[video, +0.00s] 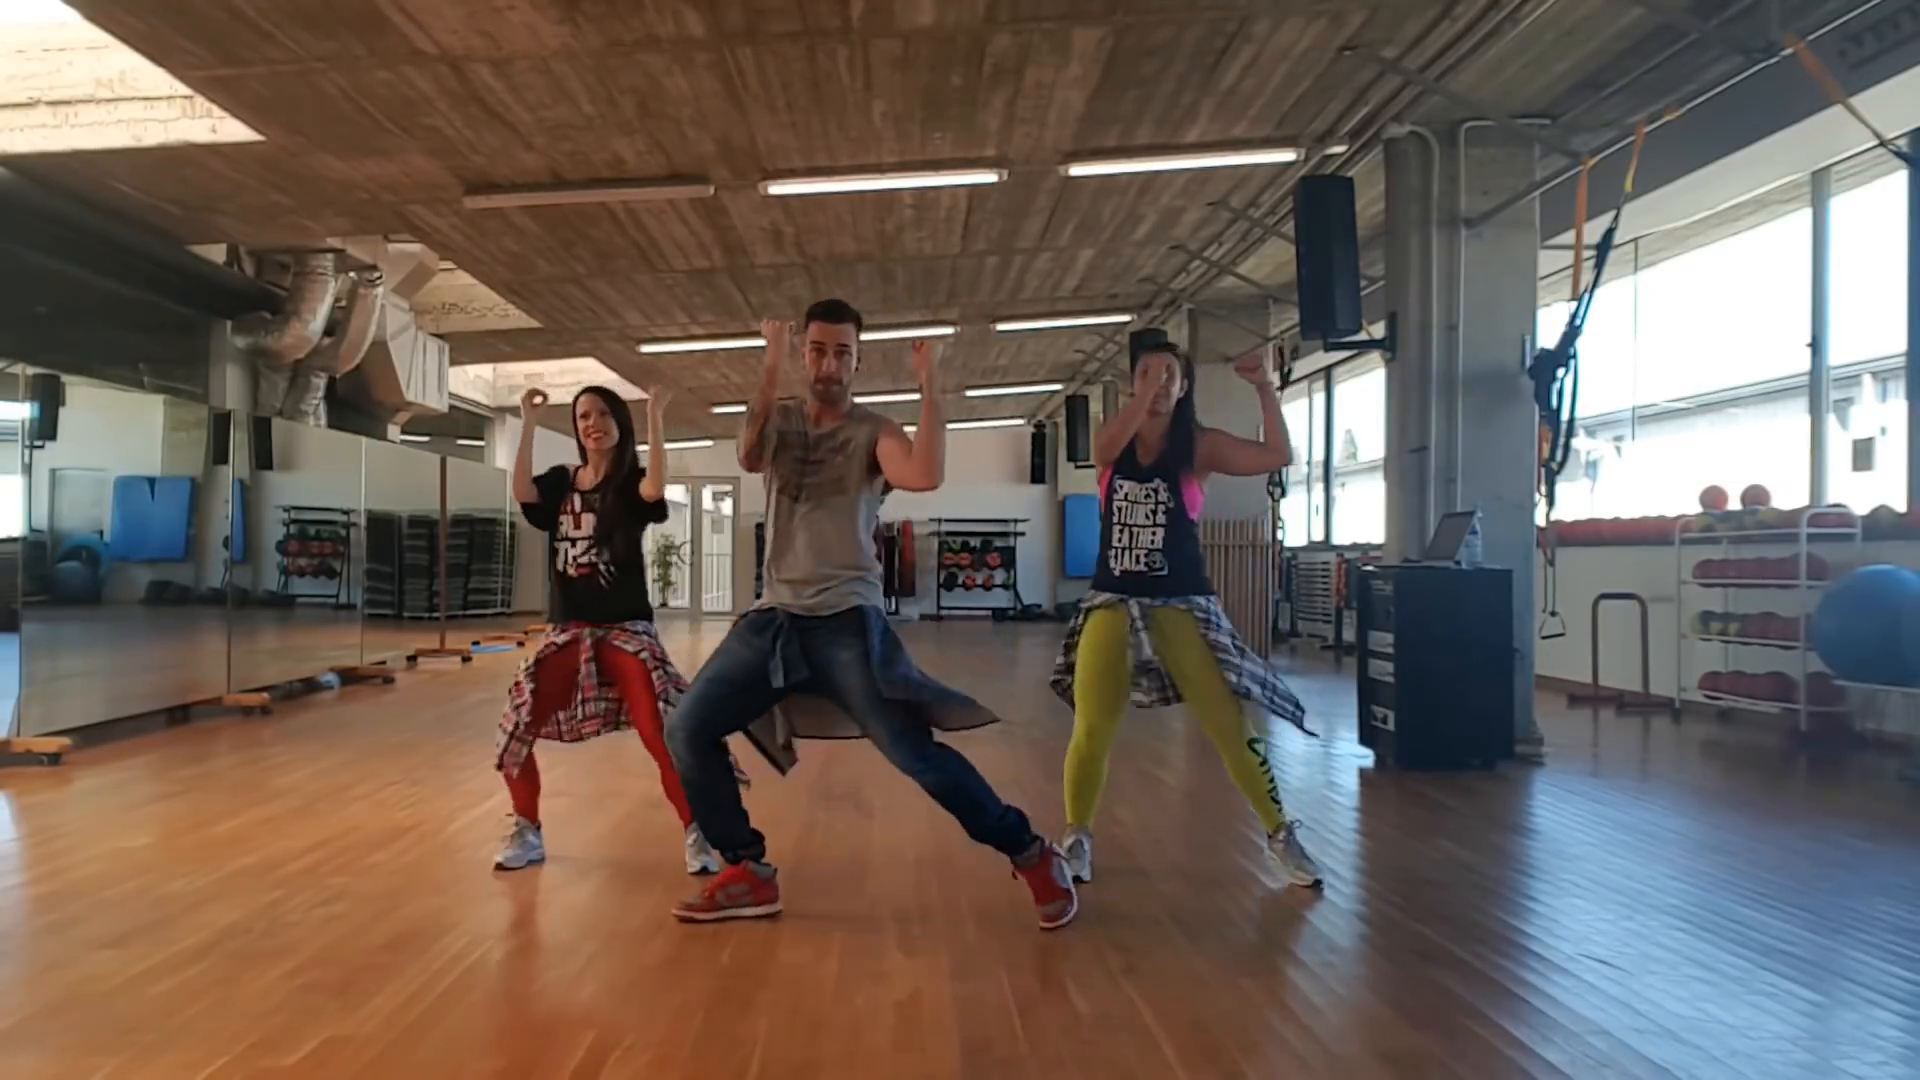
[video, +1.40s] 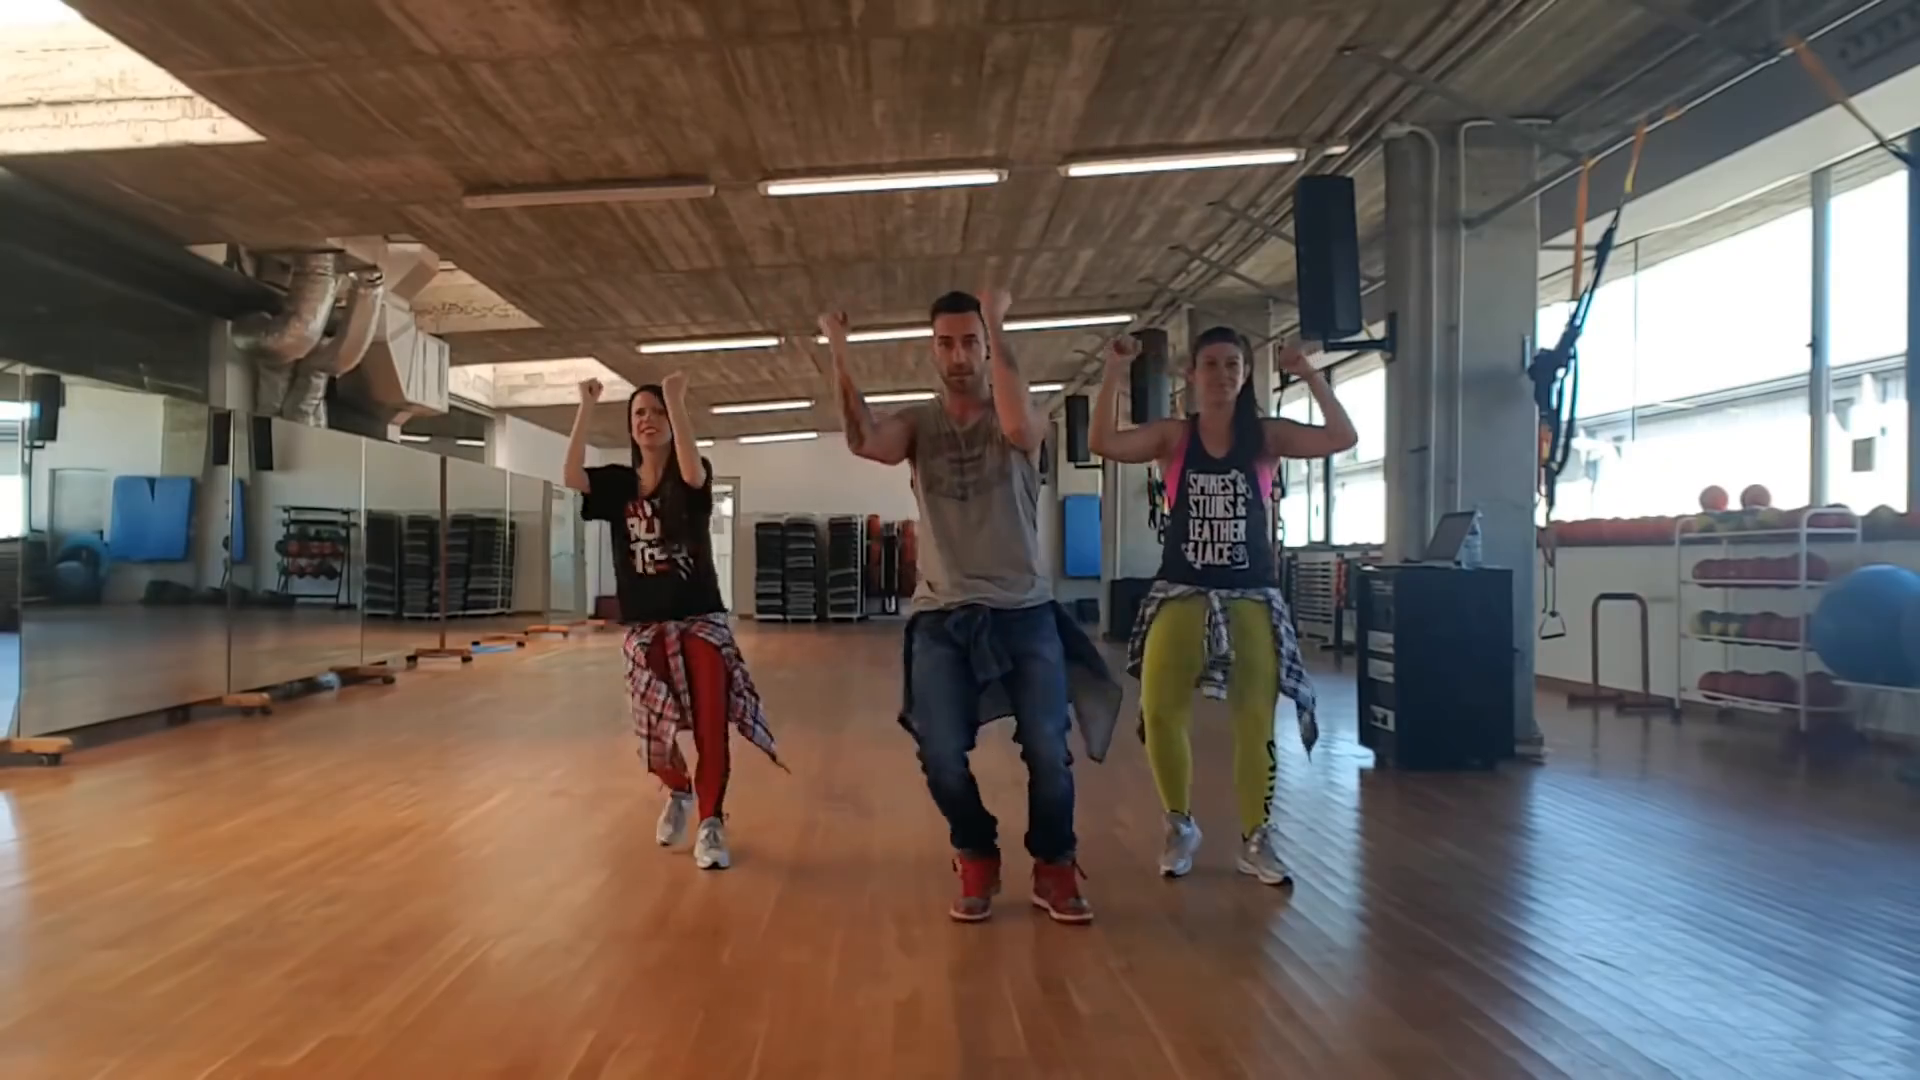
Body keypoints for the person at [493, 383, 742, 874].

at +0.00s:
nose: (592, 423)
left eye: (600, 415)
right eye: (584, 417)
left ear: (620, 423)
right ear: (574, 428)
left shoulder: (631, 481)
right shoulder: (563, 480)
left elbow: (654, 491)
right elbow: (521, 491)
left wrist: (653, 417)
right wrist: (529, 425)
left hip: (626, 628)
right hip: (569, 629)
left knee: (656, 729)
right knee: (516, 720)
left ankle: (696, 831)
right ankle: (527, 832)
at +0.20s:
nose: (565, 404)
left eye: (575, 397)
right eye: (558, 397)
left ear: (594, 409)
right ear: (547, 410)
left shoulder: (603, 463)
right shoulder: (532, 458)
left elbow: (636, 468)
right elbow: (489, 461)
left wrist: (630, 398)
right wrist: (509, 393)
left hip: (591, 606)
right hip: (532, 606)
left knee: (623, 708)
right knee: (503, 725)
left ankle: (661, 818)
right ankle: (525, 829)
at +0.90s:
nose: (607, 420)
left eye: (615, 412)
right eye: (597, 413)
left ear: (631, 422)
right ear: (585, 425)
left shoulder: (645, 479)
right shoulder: (569, 480)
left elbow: (666, 465)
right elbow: (525, 476)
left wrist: (647, 402)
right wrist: (544, 405)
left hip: (651, 626)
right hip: (595, 631)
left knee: (703, 722)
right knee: (559, 732)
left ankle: (681, 837)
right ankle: (490, 817)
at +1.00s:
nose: (623, 416)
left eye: (631, 409)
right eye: (613, 411)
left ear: (648, 420)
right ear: (604, 425)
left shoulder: (664, 473)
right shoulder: (591, 477)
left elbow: (688, 459)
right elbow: (546, 470)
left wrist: (662, 396)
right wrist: (563, 402)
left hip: (678, 618)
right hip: (621, 624)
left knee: (716, 725)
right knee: (591, 733)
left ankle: (682, 831)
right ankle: (515, 806)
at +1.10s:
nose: (633, 402)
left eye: (642, 395)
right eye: (624, 397)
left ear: (660, 407)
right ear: (615, 412)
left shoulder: (679, 460)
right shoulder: (603, 468)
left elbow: (705, 442)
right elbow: (547, 449)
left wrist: (677, 388)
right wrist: (567, 385)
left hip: (692, 607)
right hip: (634, 610)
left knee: (712, 721)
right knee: (611, 714)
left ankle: (683, 828)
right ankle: (593, 788)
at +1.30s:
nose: (651, 415)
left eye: (659, 407)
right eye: (642, 408)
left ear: (673, 416)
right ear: (631, 421)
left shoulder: (692, 470)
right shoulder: (616, 479)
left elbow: (699, 477)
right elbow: (570, 474)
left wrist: (679, 403)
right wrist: (580, 404)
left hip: (703, 609)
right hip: (647, 614)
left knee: (713, 712)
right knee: (664, 709)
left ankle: (711, 823)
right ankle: (669, 807)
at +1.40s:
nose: (648, 420)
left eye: (656, 412)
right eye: (639, 414)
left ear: (671, 422)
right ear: (629, 427)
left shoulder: (691, 473)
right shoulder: (619, 483)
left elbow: (694, 478)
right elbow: (571, 476)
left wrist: (677, 408)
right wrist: (586, 410)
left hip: (699, 614)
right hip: (644, 620)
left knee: (711, 721)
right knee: (653, 727)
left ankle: (711, 822)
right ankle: (680, 792)